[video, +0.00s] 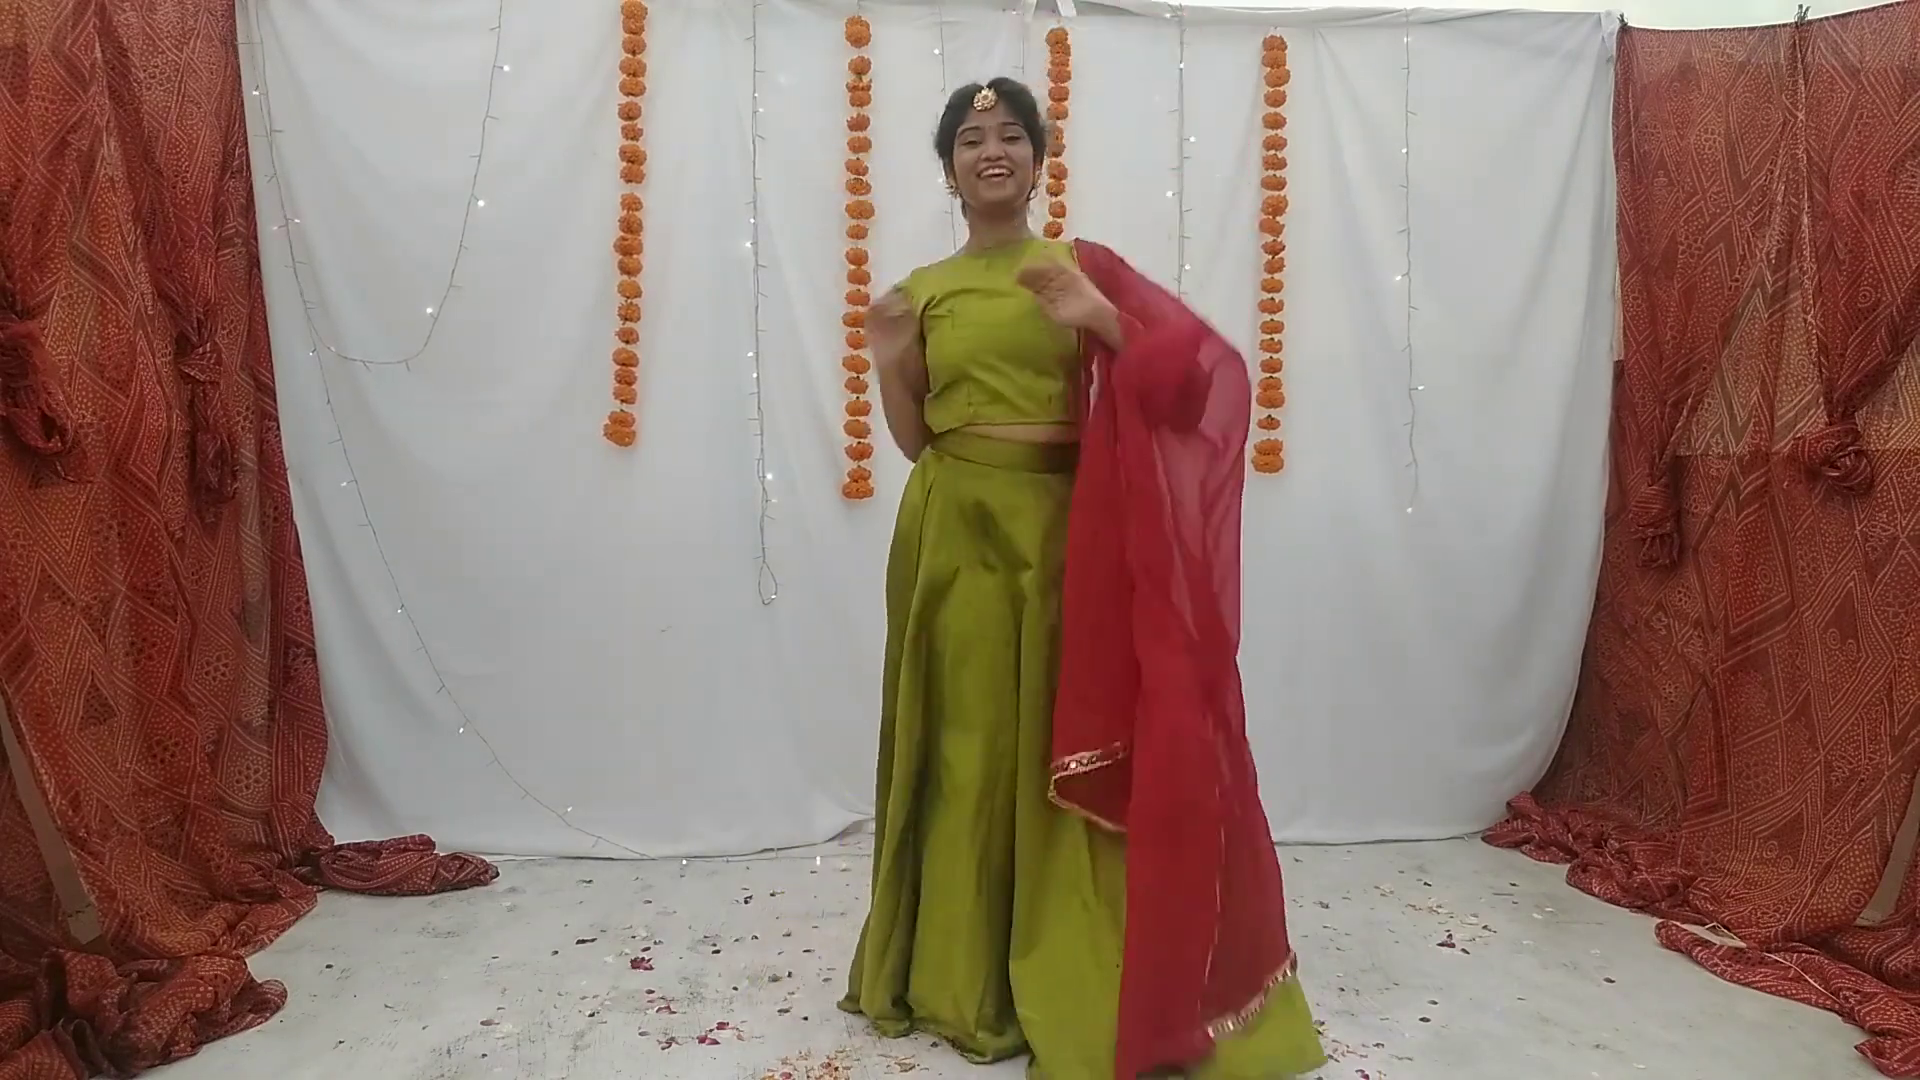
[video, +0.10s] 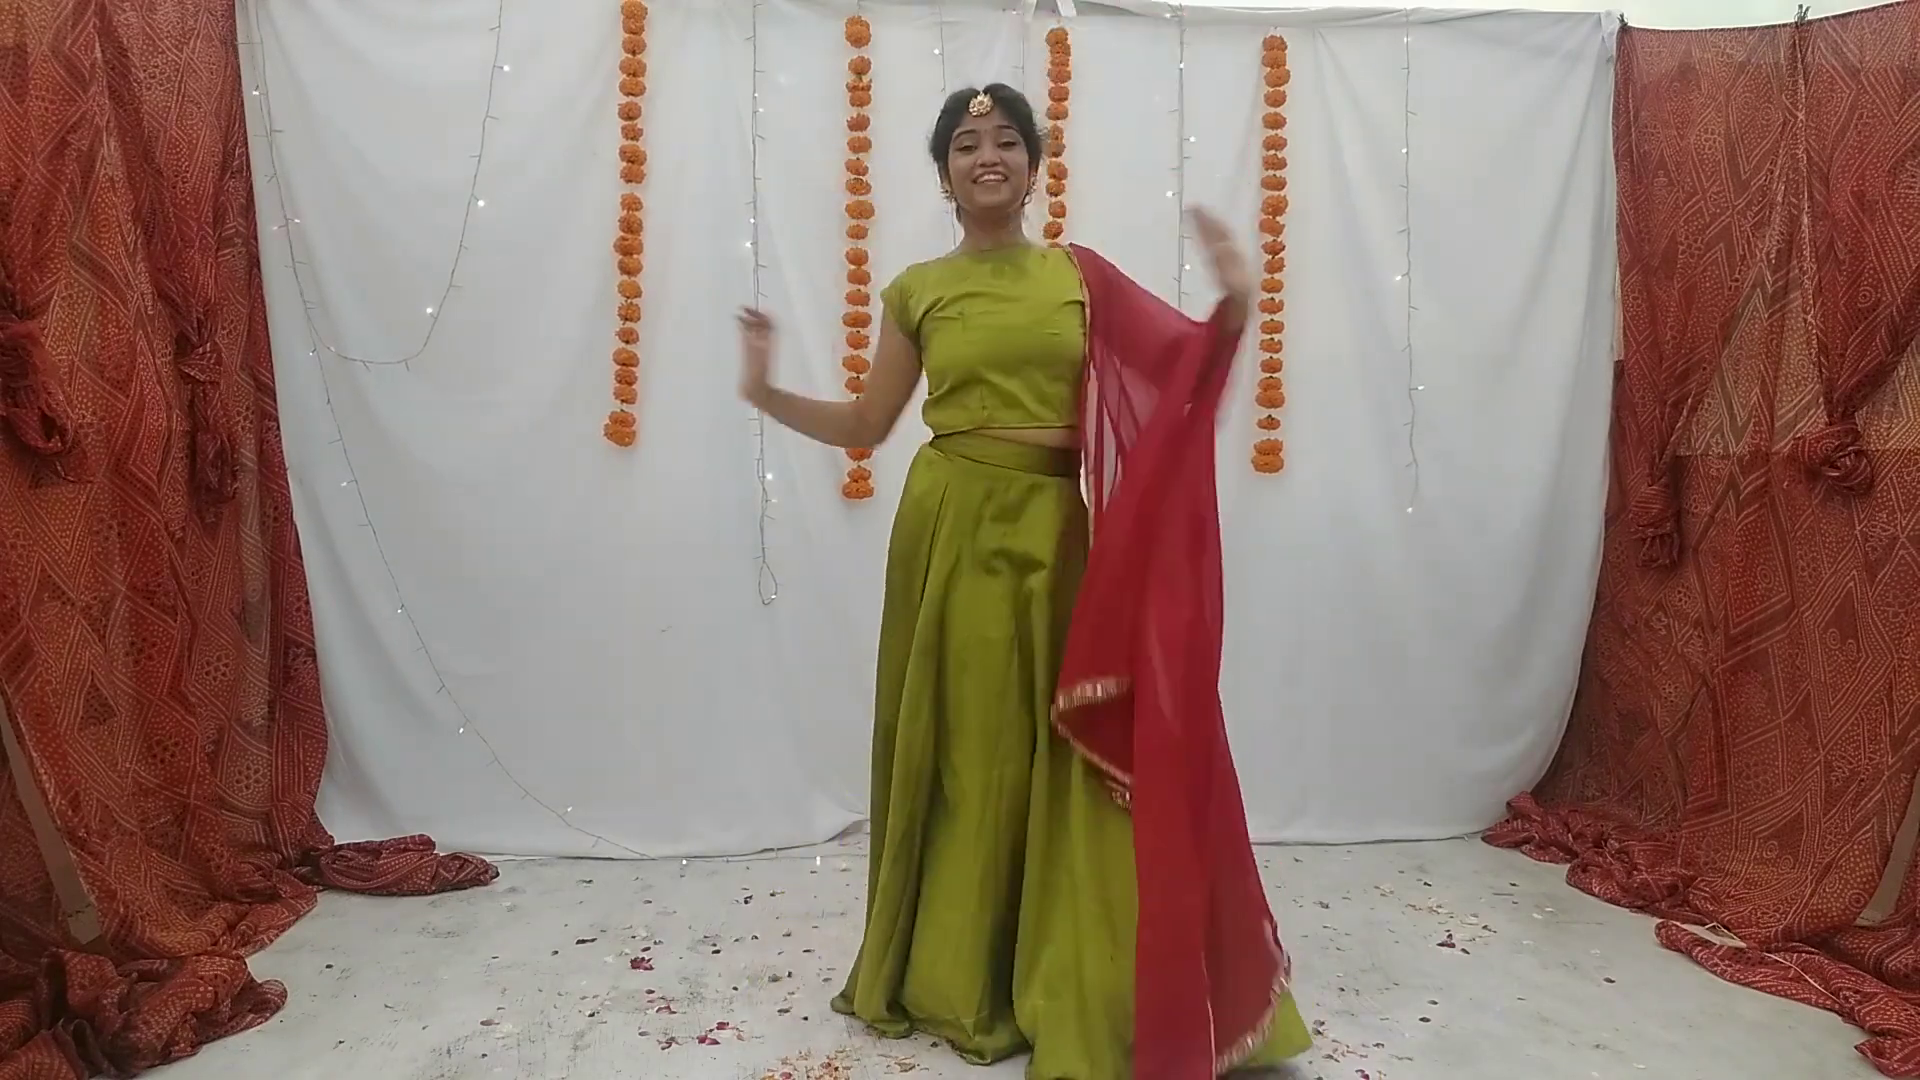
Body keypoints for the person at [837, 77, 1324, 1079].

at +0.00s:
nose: (990, 150)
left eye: (1008, 136)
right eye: (970, 139)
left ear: (1039, 163)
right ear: (949, 169)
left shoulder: (1086, 271)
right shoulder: (921, 293)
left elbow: (1197, 380)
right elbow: (916, 444)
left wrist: (1102, 319)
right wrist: (891, 372)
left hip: (1074, 533)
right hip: (959, 529)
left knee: (1082, 757)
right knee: (965, 757)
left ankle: (1080, 992)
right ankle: (960, 987)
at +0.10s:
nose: (987, 157)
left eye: (1004, 143)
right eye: (969, 146)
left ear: (1036, 167)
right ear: (944, 173)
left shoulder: (1082, 275)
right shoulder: (918, 292)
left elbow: (1184, 377)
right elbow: (865, 424)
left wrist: (1236, 300)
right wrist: (766, 393)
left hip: (1057, 522)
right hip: (951, 519)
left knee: (1068, 756)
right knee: (959, 754)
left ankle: (1067, 992)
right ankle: (956, 986)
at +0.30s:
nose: (1021, 112)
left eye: (1036, 97)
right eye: (1000, 102)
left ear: (1062, 119)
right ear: (973, 130)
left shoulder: (1072, 238)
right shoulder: (971, 223)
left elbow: (1127, 375)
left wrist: (1228, 419)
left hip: (1041, 488)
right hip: (967, 479)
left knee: (1043, 722)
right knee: (969, 725)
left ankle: (1026, 963)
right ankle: (953, 972)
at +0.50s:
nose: (1085, 132)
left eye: (1083, 116)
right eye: (1065, 120)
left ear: (1014, 156)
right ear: (1014, 148)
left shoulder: (971, 239)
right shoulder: (1052, 238)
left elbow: (887, 322)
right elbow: (1171, 254)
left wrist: (802, 358)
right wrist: (1289, 237)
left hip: (939, 480)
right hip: (1006, 488)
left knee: (947, 712)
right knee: (1005, 716)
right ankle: (963, 959)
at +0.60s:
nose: (1084, 162)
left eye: (1077, 144)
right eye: (1072, 145)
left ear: (1008, 161)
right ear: (1031, 162)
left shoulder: (935, 256)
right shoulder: (1077, 261)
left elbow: (834, 322)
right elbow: (1239, 277)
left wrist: (730, 364)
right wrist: (1374, 275)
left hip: (940, 494)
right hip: (1038, 494)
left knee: (960, 702)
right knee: (1079, 713)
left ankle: (1022, 914)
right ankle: (978, 920)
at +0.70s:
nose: (976, 196)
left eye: (978, 184)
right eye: (989, 183)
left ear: (985, 193)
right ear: (1065, 193)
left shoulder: (955, 282)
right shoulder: (1092, 296)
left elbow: (828, 310)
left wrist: (693, 326)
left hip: (970, 511)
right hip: (1064, 509)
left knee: (966, 705)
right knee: (1091, 705)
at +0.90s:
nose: (965, 189)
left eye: (985, 175)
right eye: (962, 173)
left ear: (1033, 187)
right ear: (970, 179)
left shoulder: (1010, 266)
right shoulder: (1020, 268)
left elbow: (878, 270)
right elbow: (870, 311)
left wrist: (758, 201)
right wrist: (764, 240)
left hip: (1020, 492)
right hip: (1050, 482)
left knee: (994, 691)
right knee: (1064, 683)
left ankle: (1041, 894)